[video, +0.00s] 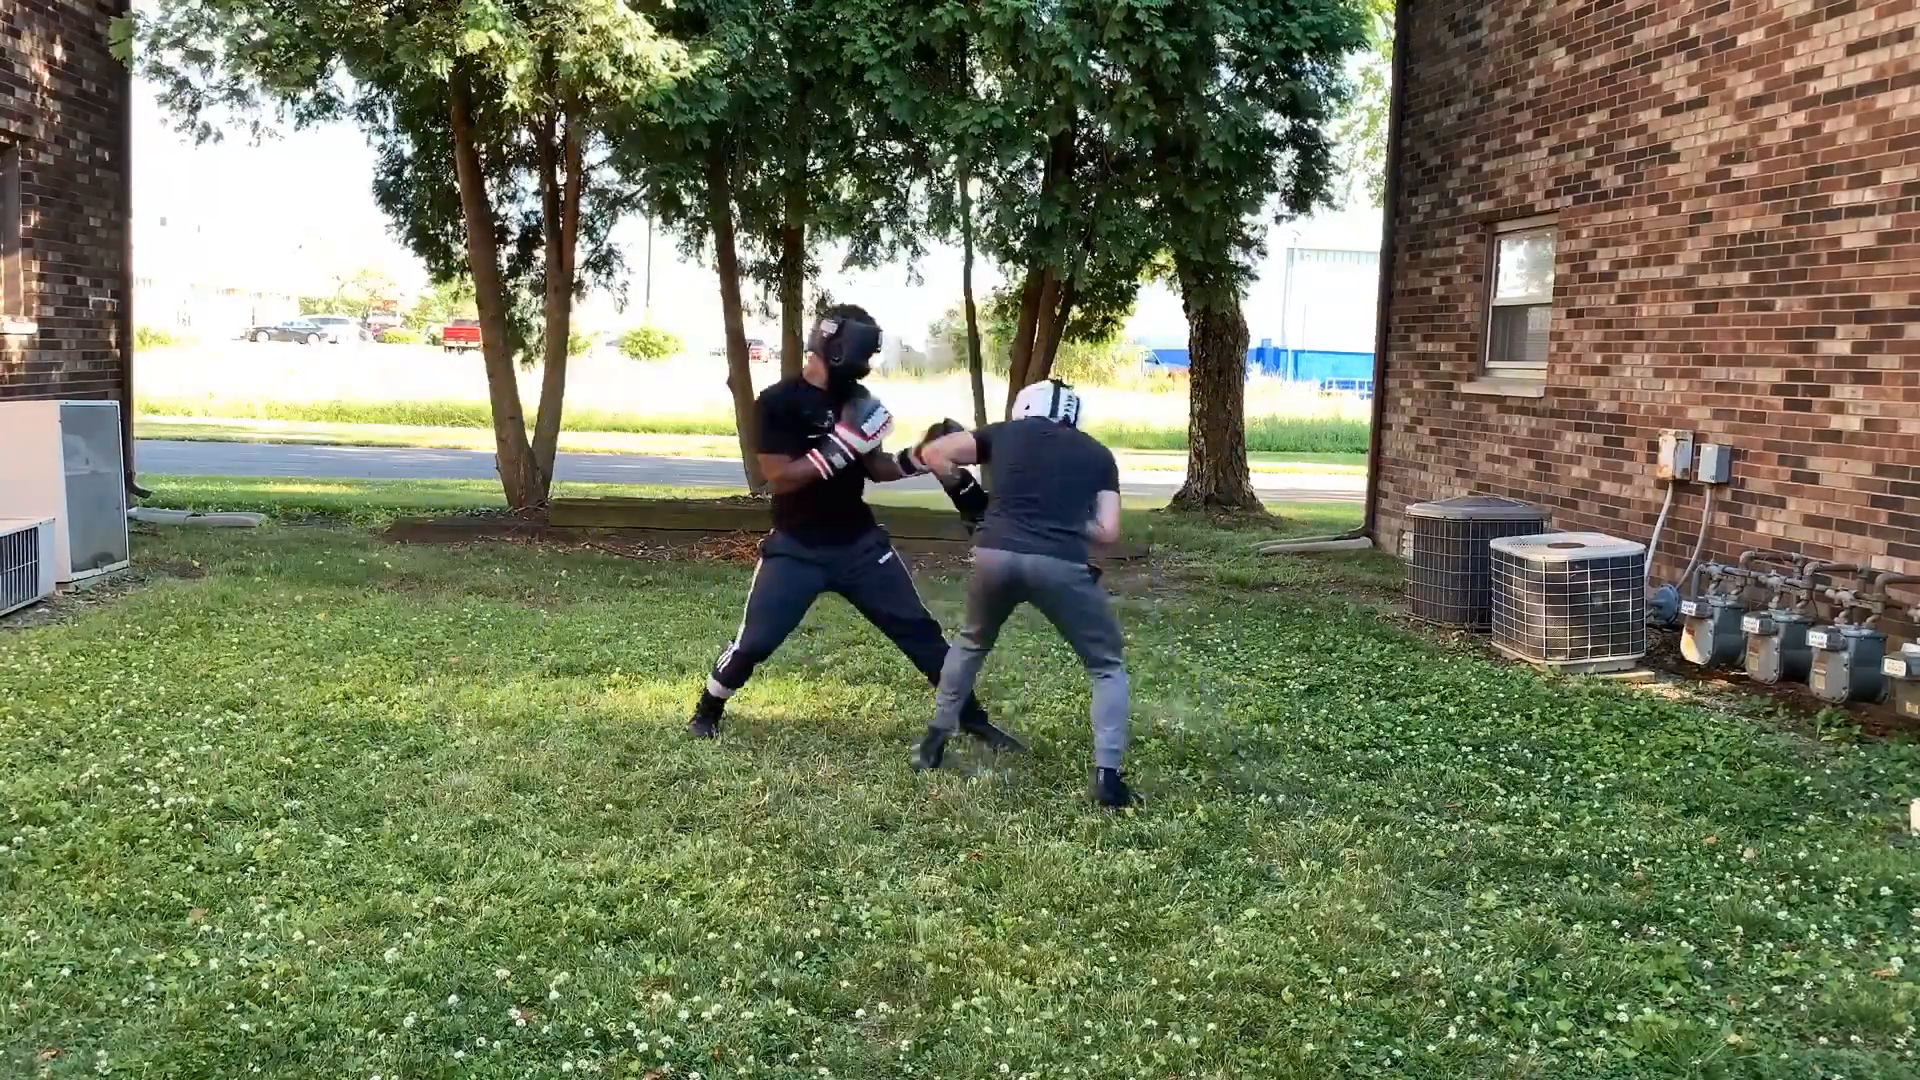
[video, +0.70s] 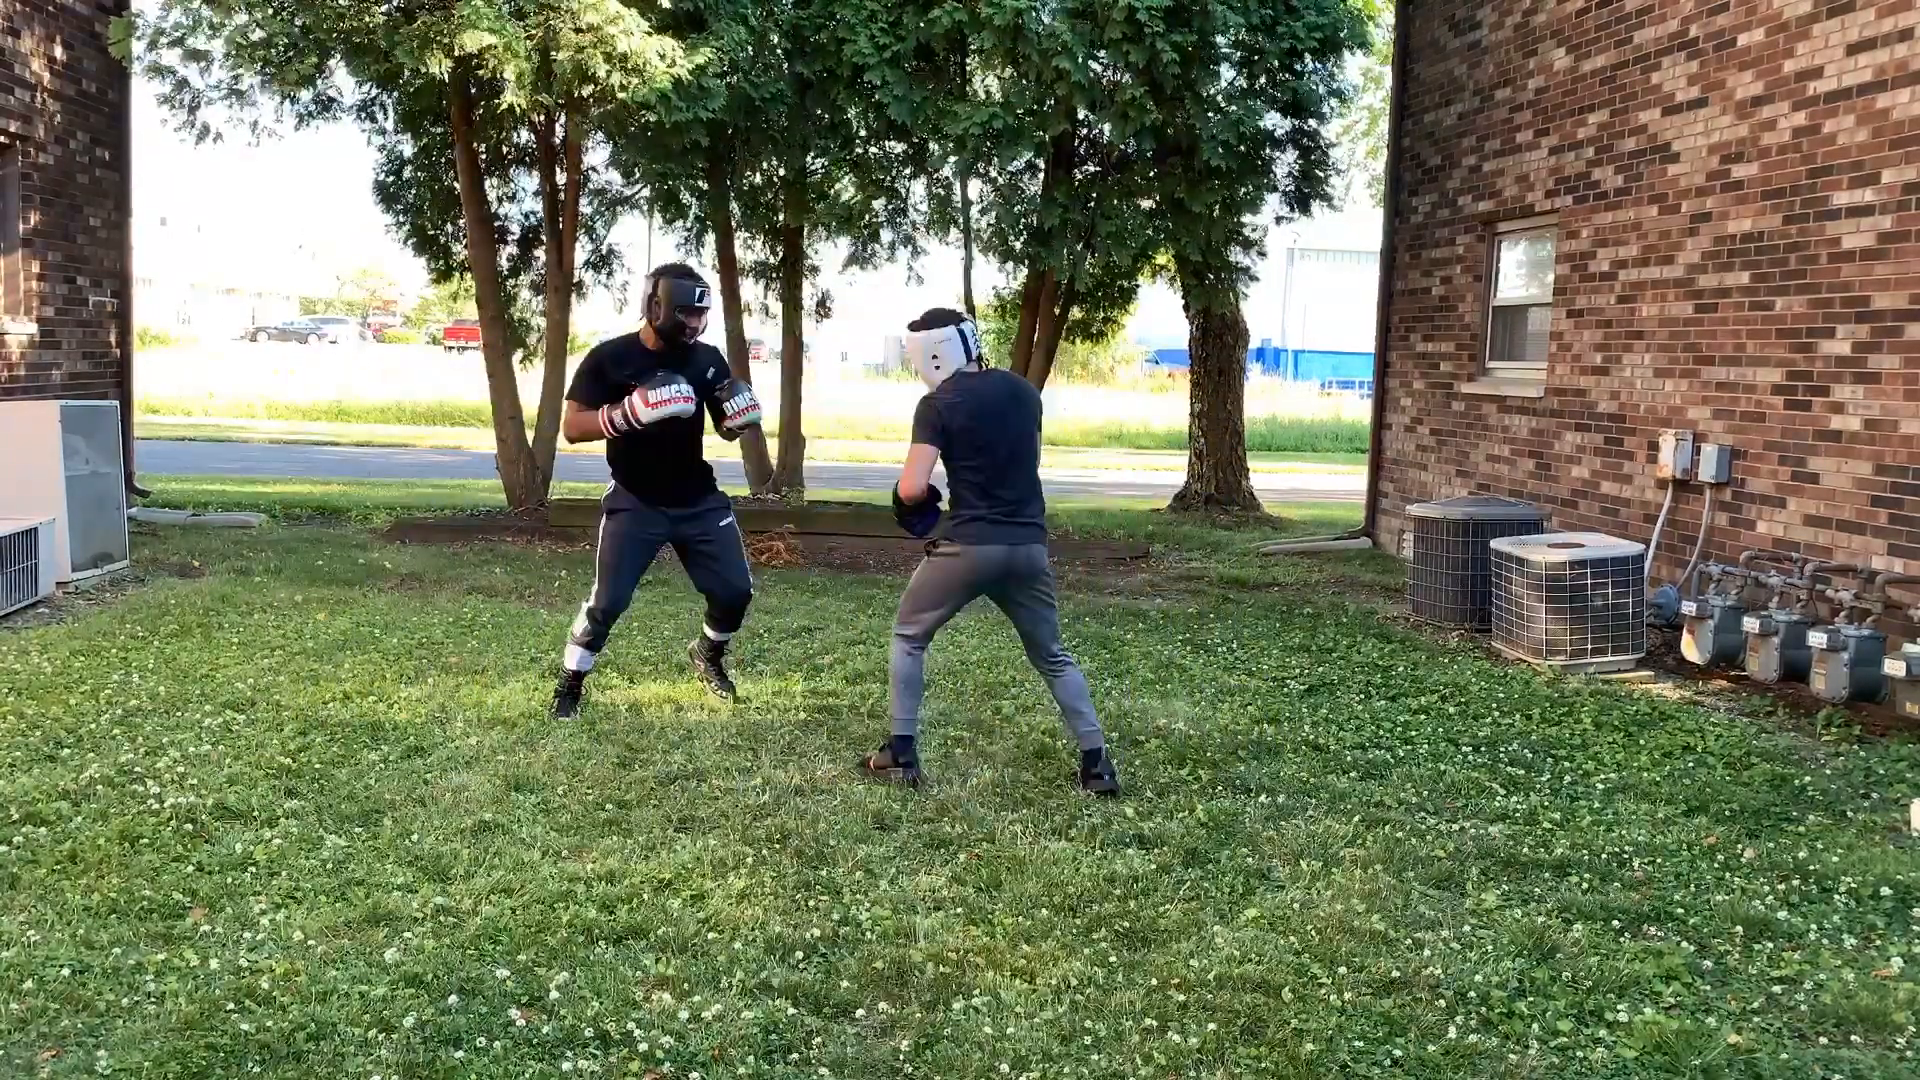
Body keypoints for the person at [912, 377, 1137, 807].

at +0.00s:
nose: (1011, 419)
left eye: (1014, 413)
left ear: (1023, 412)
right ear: (1073, 417)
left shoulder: (1004, 433)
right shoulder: (1098, 455)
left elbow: (934, 453)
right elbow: (1107, 532)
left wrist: (965, 493)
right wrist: (1067, 525)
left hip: (995, 556)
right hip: (1062, 566)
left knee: (972, 640)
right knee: (1107, 667)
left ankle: (935, 739)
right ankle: (1109, 776)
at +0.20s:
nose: (972, 405)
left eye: (976, 398)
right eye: (974, 398)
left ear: (986, 399)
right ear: (1032, 405)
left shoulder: (972, 423)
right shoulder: (1056, 451)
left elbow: (927, 452)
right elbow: (1079, 529)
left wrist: (937, 502)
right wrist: (1030, 535)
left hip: (968, 567)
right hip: (1034, 576)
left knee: (933, 645)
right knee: (1072, 675)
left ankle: (920, 743)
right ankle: (1104, 779)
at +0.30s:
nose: (996, 357)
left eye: (1003, 351)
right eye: (1001, 352)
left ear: (1010, 359)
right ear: (1042, 378)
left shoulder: (997, 387)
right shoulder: (1031, 415)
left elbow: (961, 442)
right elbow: (991, 475)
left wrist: (939, 462)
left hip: (966, 555)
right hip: (1019, 560)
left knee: (924, 644)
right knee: (1041, 665)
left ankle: (920, 745)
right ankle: (1102, 764)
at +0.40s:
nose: (1006, 351)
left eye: (1012, 345)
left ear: (1017, 352)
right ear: (1055, 368)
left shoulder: (1025, 389)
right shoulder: (1000, 398)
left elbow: (988, 436)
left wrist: (944, 447)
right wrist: (879, 344)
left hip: (962, 548)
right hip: (1010, 552)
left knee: (921, 643)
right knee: (1033, 659)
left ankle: (920, 748)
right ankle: (1084, 767)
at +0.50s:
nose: (997, 344)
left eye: (1004, 337)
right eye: (1002, 338)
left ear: (1017, 341)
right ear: (1044, 354)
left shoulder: (1019, 382)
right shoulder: (1019, 391)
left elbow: (988, 443)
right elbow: (931, 403)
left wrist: (945, 452)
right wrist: (889, 365)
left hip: (969, 545)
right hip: (1011, 545)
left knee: (927, 647)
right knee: (1028, 654)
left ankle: (918, 749)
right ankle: (1085, 761)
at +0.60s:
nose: (993, 342)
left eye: (998, 335)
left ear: (1011, 336)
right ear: (1044, 344)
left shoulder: (1004, 380)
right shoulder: (1043, 395)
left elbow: (968, 449)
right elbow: (993, 459)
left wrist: (942, 477)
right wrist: (933, 446)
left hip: (972, 544)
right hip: (1023, 543)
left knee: (937, 649)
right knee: (1048, 652)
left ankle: (919, 749)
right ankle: (1094, 762)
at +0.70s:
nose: (918, 370)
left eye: (919, 360)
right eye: (916, 361)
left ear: (935, 356)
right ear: (971, 347)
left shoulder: (940, 403)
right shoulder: (1025, 391)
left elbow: (912, 488)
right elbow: (1027, 462)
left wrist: (916, 501)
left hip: (968, 544)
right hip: (1029, 545)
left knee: (909, 636)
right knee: (1054, 657)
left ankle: (902, 752)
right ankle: (1097, 760)